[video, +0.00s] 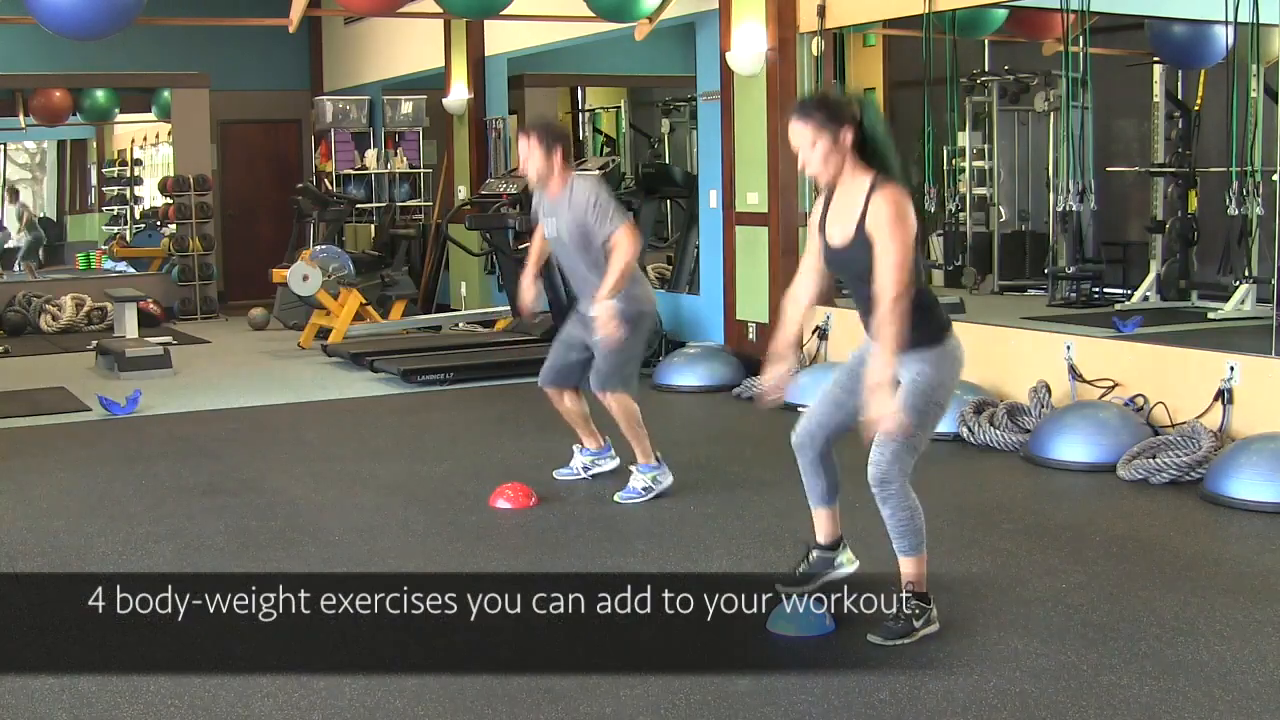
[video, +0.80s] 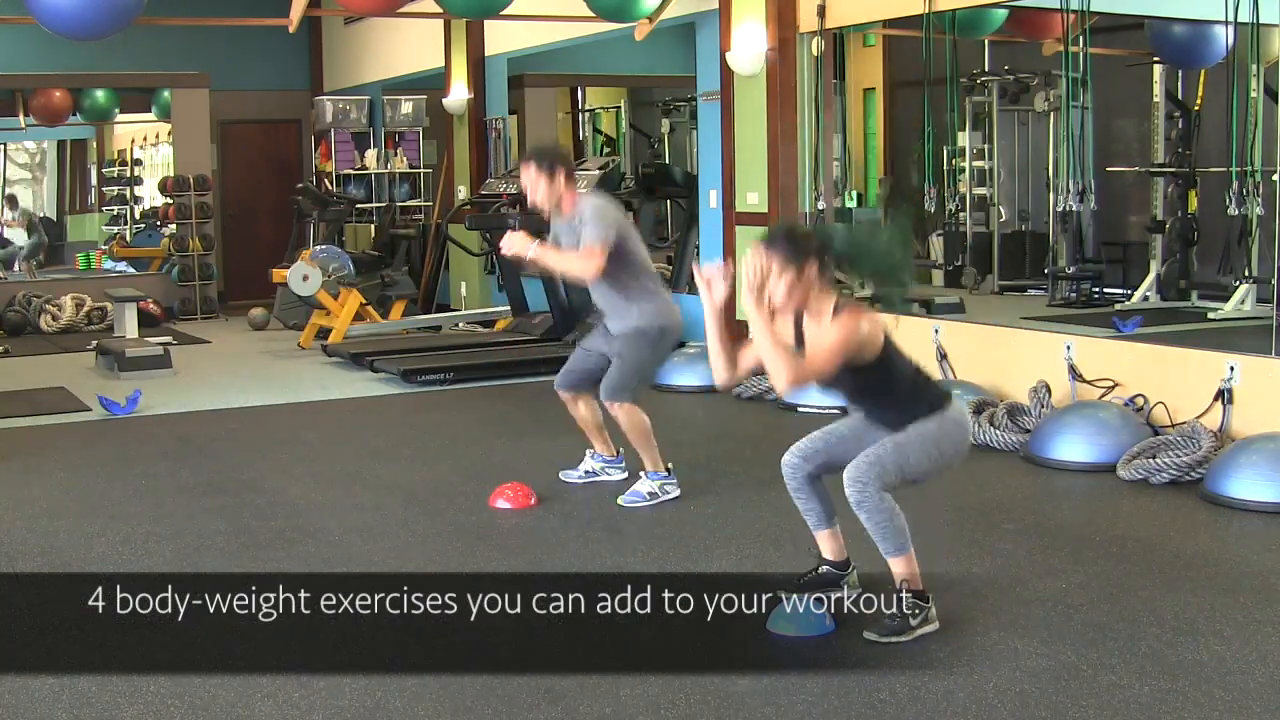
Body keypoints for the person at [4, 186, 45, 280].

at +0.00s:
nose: (7, 198)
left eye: (9, 195)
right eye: (7, 195)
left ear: (14, 195)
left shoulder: (21, 206)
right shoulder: (18, 207)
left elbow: (27, 214)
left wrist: (22, 227)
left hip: (35, 235)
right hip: (32, 235)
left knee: (23, 258)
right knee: (25, 258)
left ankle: (35, 279)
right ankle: (35, 278)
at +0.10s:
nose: (8, 186)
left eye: (9, 183)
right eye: (7, 183)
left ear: (15, 183)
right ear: (15, 183)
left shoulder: (22, 194)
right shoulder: (19, 195)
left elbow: (30, 205)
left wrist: (29, 220)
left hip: (28, 228)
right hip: (24, 227)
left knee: (23, 253)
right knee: (22, 253)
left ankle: (32, 275)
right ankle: (31, 275)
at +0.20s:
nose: (7, 183)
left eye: (9, 180)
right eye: (7, 180)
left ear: (15, 180)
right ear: (17, 180)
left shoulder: (21, 191)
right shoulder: (25, 190)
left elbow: (31, 202)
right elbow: (37, 202)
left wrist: (35, 217)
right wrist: (36, 216)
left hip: (26, 222)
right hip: (26, 223)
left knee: (22, 251)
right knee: (15, 247)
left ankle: (30, 273)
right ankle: (18, 271)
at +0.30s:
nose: (8, 185)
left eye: (10, 182)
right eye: (8, 182)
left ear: (16, 182)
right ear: (16, 182)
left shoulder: (21, 194)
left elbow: (28, 207)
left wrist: (30, 220)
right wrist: (7, 214)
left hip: (24, 226)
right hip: (20, 225)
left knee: (22, 254)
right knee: (12, 249)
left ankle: (31, 277)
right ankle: (11, 274)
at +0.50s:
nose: (9, 185)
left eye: (11, 182)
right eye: (9, 182)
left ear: (17, 182)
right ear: (15, 182)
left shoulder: (21, 192)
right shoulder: (16, 194)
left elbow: (26, 205)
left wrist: (14, 215)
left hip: (26, 228)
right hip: (19, 228)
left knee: (23, 254)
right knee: (13, 251)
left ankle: (31, 277)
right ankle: (15, 274)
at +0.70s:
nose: (7, 193)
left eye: (7, 190)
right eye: (6, 191)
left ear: (13, 189)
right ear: (13, 189)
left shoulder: (24, 198)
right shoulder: (19, 200)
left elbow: (27, 211)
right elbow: (22, 212)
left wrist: (10, 215)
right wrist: (9, 215)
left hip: (35, 230)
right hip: (28, 230)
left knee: (25, 254)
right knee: (19, 253)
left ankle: (33, 276)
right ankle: (28, 277)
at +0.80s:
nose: (6, 206)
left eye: (7, 203)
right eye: (5, 204)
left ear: (12, 202)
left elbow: (23, 224)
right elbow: (15, 223)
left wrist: (9, 224)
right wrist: (7, 223)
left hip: (38, 238)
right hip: (31, 238)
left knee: (23, 259)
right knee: (24, 259)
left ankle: (32, 280)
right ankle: (35, 279)